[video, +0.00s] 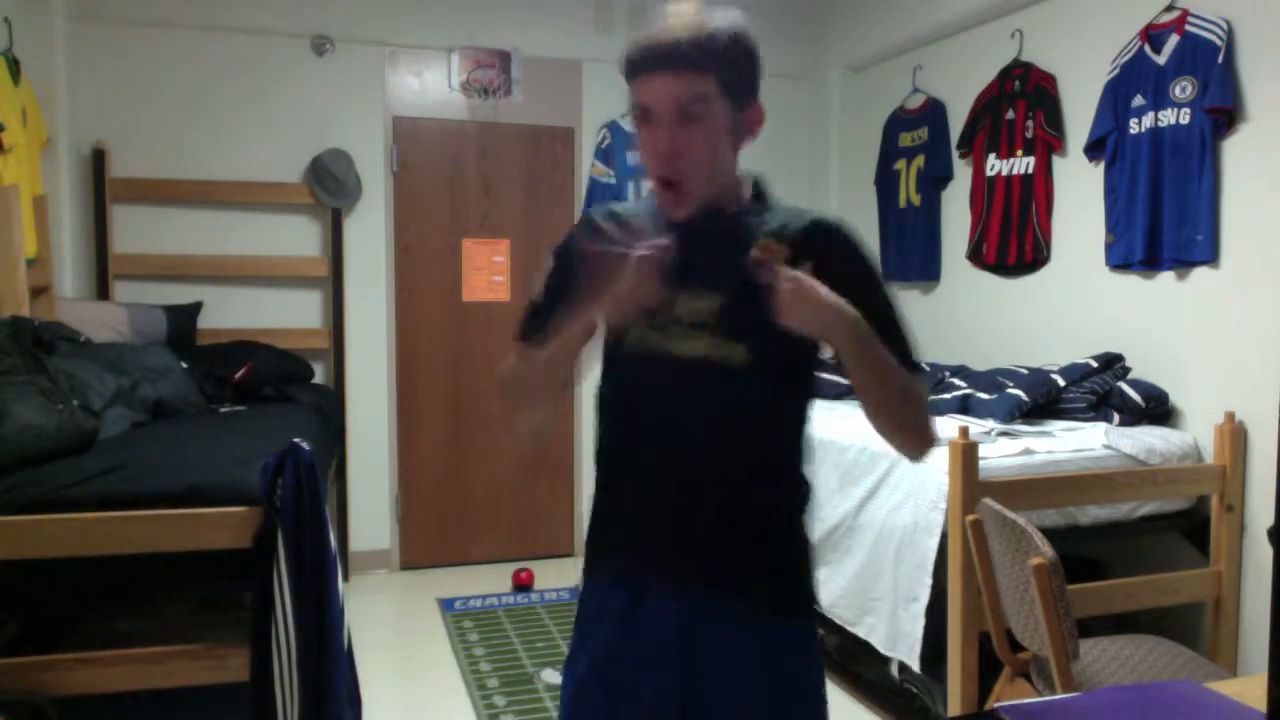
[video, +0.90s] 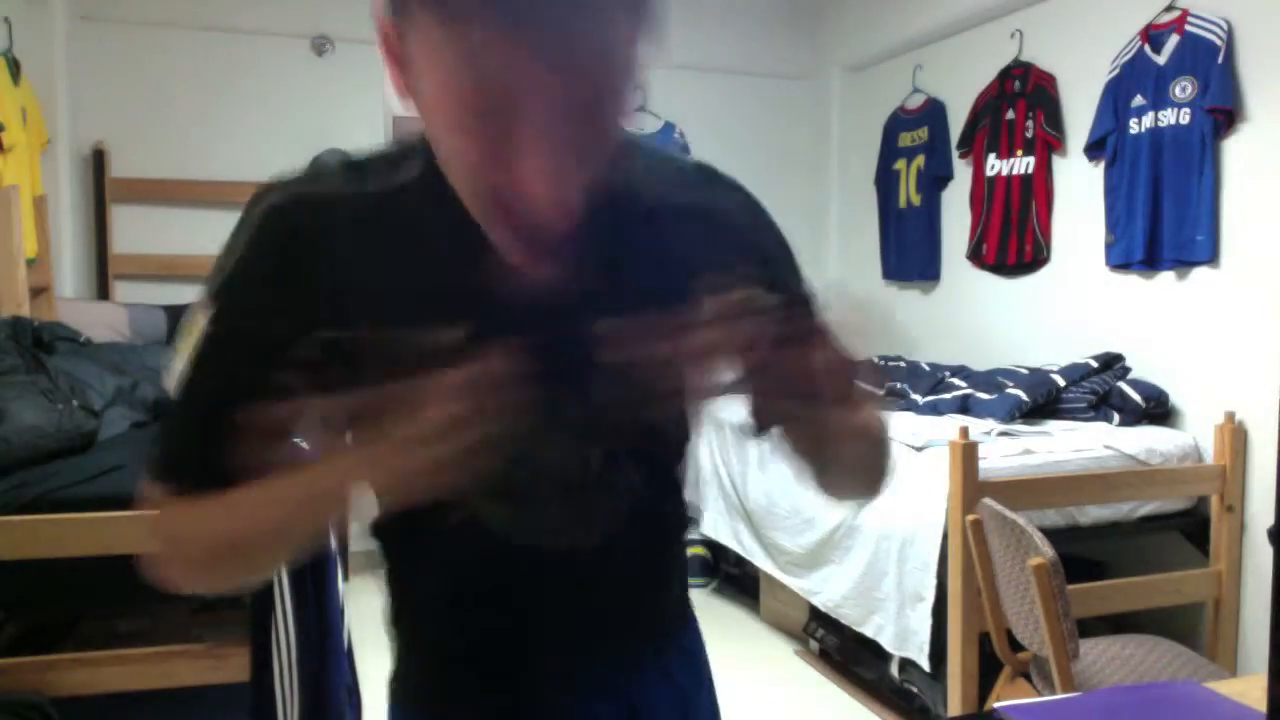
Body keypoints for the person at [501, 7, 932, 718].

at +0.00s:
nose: (664, 144)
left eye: (692, 115)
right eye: (646, 118)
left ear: (749, 124)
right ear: (631, 125)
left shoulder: (811, 248)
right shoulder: (607, 241)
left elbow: (914, 434)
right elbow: (520, 405)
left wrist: (841, 327)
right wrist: (597, 310)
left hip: (758, 602)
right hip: (625, 591)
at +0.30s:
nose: (618, 106)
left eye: (654, 73)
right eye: (598, 72)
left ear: (717, 85)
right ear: (580, 79)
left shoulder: (778, 231)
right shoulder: (539, 225)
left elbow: (901, 449)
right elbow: (455, 414)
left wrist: (795, 303)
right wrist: (530, 302)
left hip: (734, 614)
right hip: (584, 606)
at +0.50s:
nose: (539, 54)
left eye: (576, 16)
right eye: (513, 18)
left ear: (639, 32)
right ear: (484, 41)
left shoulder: (715, 207)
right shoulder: (440, 211)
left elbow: (881, 445)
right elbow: (300, 451)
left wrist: (748, 290)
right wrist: (469, 318)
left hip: (676, 654)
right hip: (502, 657)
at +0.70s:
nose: (490, 52)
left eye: (529, 3)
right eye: (452, 4)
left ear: (595, 17)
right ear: (405, 20)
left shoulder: (684, 188)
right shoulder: (350, 198)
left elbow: (885, 431)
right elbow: (194, 505)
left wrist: (731, 309)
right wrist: (398, 379)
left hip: (651, 665)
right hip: (464, 673)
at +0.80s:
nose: (512, 118)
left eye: (556, 55)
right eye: (463, 54)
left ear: (615, 39)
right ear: (388, 42)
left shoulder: (690, 207)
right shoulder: (316, 220)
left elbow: (883, 448)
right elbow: (170, 541)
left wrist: (716, 389)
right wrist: (421, 448)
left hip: (646, 673)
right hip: (450, 686)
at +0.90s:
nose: (546, 175)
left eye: (580, 112)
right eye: (494, 114)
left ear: (637, 66)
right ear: (399, 61)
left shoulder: (707, 223)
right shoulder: (314, 235)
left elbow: (860, 472)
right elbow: (174, 549)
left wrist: (795, 391)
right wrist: (370, 471)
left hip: (653, 681)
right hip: (452, 690)